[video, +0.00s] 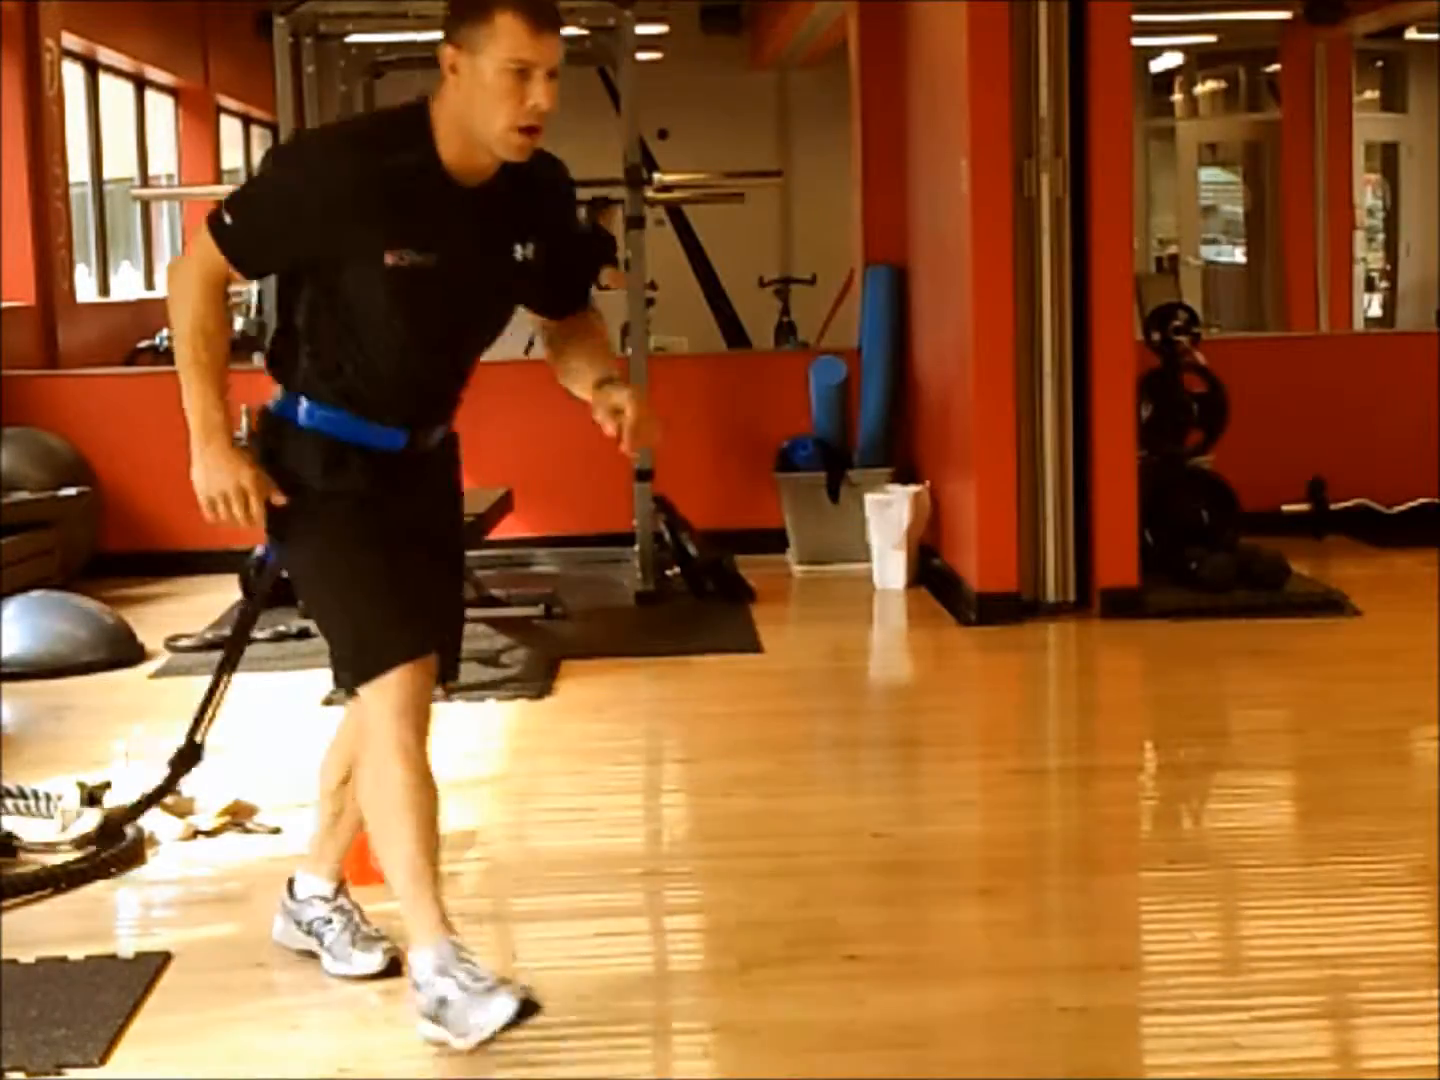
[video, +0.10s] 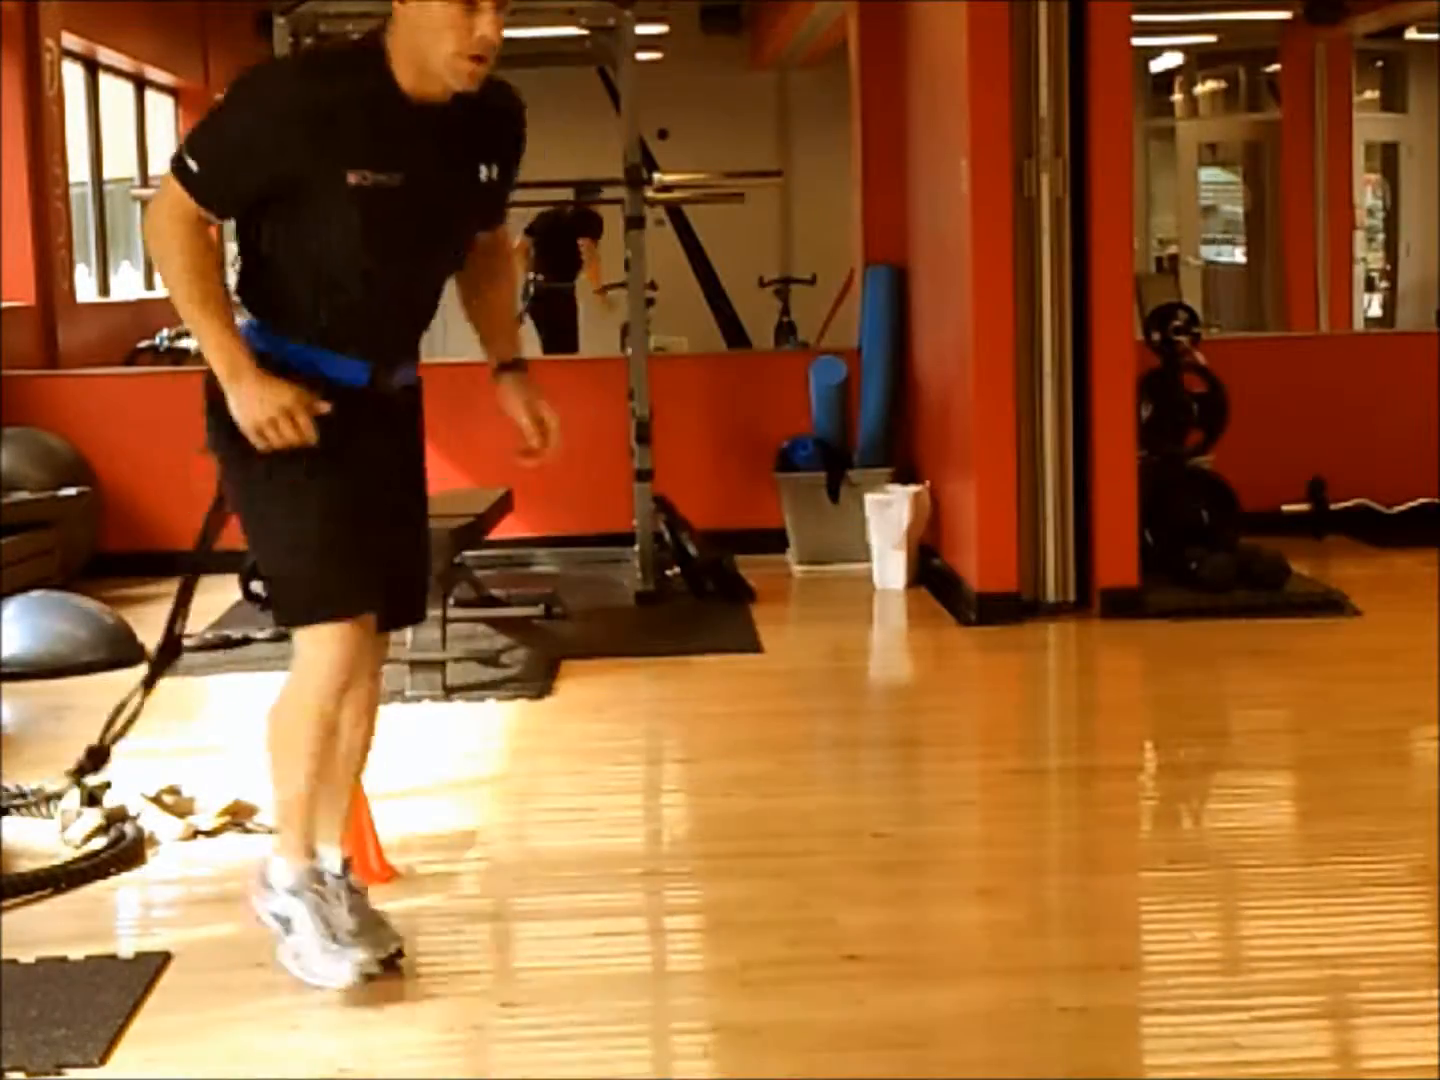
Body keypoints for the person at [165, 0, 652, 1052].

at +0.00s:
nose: (542, 98)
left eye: (552, 76)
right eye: (520, 74)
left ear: (555, 79)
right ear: (453, 68)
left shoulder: (536, 190)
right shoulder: (336, 165)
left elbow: (568, 315)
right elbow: (200, 265)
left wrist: (605, 386)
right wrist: (209, 437)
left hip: (424, 457)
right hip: (319, 451)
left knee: (398, 685)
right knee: (398, 679)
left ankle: (315, 890)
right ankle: (435, 957)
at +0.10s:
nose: (489, 30)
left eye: (501, 10)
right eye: (465, 6)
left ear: (507, 19)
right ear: (403, 10)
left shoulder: (491, 117)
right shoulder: (295, 96)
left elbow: (484, 244)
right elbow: (174, 212)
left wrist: (510, 368)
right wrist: (240, 373)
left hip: (384, 396)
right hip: (279, 390)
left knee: (366, 636)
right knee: (335, 634)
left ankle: (331, 870)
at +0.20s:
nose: (441, 25)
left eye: (450, 7)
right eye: (421, 4)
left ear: (453, 14)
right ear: (359, 4)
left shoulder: (445, 101)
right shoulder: (256, 84)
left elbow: (426, 221)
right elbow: (134, 218)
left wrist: (421, 346)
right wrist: (259, 336)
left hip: (361, 390)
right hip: (244, 393)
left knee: (368, 622)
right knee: (262, 628)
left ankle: (281, 812)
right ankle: (173, 850)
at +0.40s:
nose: (381, 105)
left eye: (391, 84)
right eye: (360, 84)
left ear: (400, 85)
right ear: (298, 80)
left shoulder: (395, 185)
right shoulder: (208, 178)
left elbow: (343, 312)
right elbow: (91, 304)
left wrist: (326, 398)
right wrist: (201, 418)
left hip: (318, 470)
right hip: (210, 475)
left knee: (305, 674)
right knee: (195, 693)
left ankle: (223, 814)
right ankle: (127, 890)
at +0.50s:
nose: (400, 82)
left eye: (410, 60)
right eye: (379, 57)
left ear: (417, 60)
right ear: (313, 48)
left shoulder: (411, 146)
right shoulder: (220, 136)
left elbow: (394, 259)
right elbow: (95, 255)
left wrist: (379, 364)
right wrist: (105, 419)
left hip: (317, 430)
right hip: (213, 420)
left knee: (300, 631)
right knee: (214, 656)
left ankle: (233, 805)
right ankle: (137, 865)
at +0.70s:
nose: (429, 201)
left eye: (441, 179)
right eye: (410, 177)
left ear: (452, 170)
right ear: (350, 156)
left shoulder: (447, 246)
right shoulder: (260, 202)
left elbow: (473, 347)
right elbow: (95, 245)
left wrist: (491, 426)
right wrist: (29, 363)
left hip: (329, 493)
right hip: (222, 472)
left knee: (290, 668)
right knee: (285, 644)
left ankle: (215, 820)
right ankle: (245, 871)